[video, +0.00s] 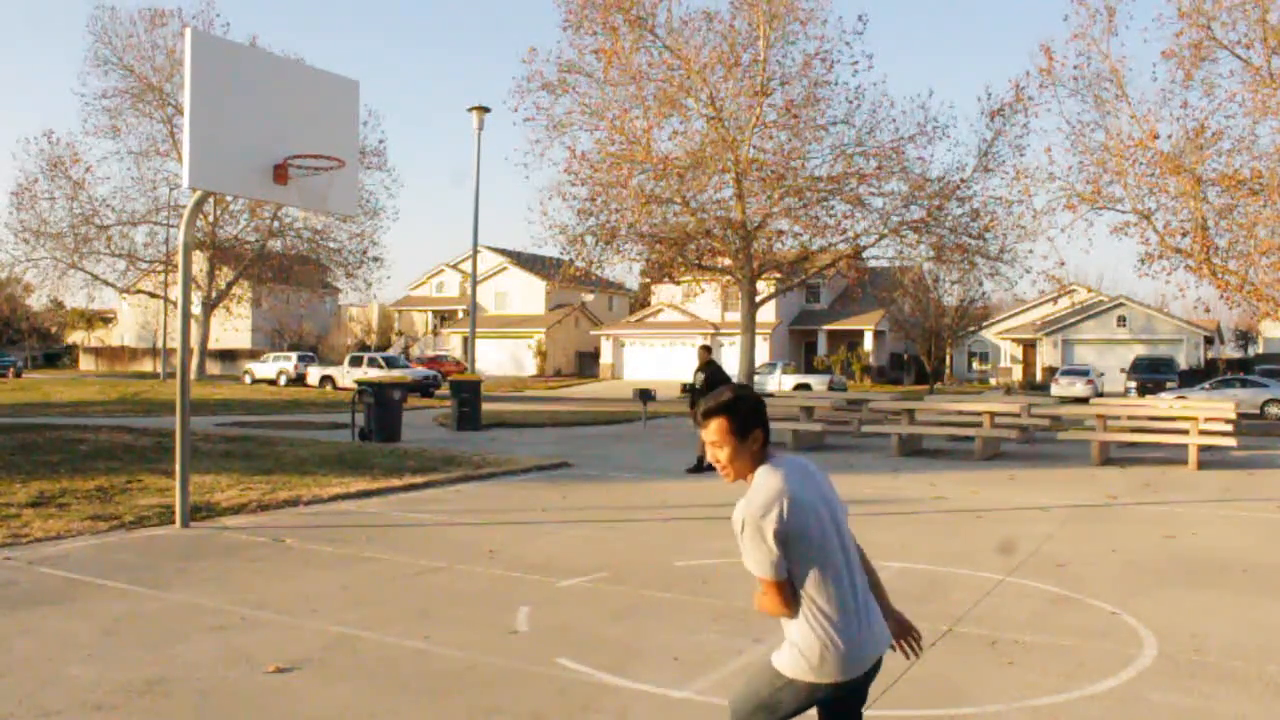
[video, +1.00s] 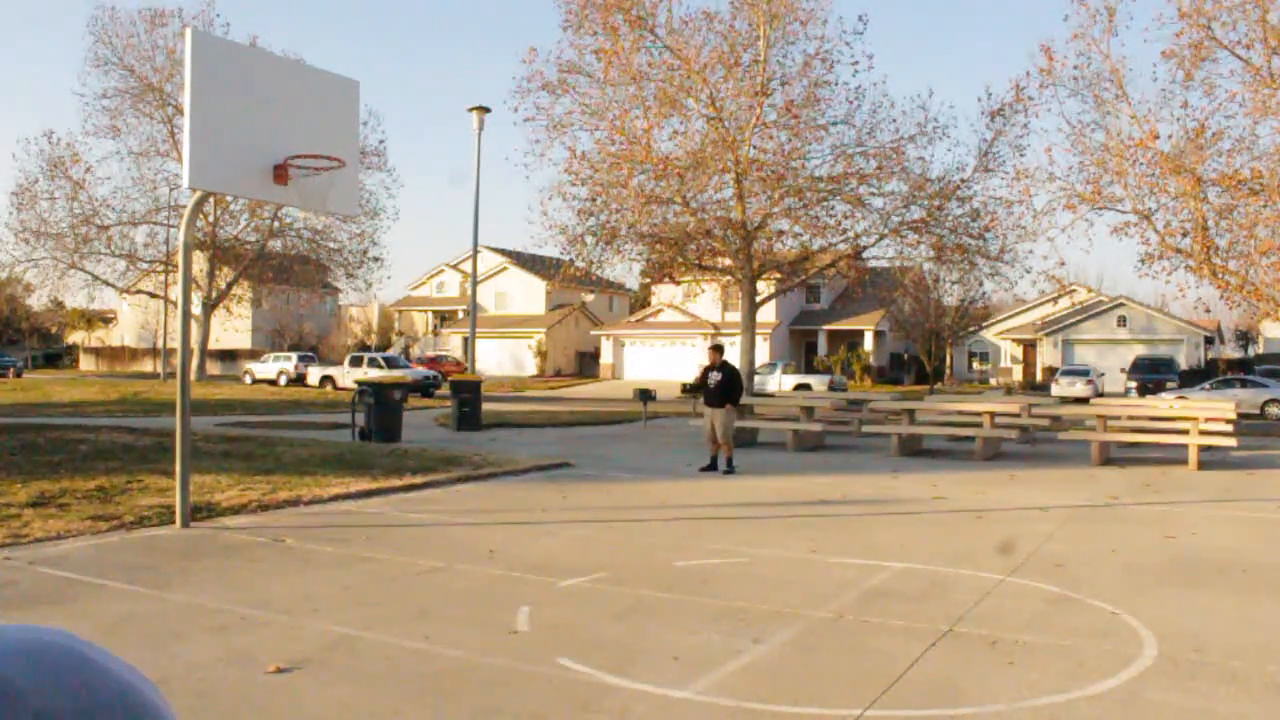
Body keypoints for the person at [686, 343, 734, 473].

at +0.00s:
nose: (699, 356)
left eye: (701, 353)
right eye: (699, 353)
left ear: (706, 354)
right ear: (708, 354)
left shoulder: (702, 370)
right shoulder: (717, 367)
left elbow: (697, 390)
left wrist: (692, 406)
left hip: (707, 407)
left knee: (703, 435)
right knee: (714, 436)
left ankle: (700, 461)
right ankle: (713, 461)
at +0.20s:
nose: (702, 356)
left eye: (704, 353)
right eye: (701, 353)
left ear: (710, 354)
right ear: (700, 354)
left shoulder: (718, 367)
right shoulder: (698, 370)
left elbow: (731, 384)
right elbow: (692, 386)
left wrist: (724, 400)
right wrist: (693, 400)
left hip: (714, 404)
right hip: (700, 404)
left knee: (714, 430)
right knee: (701, 430)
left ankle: (714, 452)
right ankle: (702, 454)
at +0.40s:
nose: (702, 356)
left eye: (705, 354)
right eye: (701, 354)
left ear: (711, 354)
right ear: (701, 355)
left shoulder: (721, 368)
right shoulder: (699, 369)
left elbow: (733, 384)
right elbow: (693, 386)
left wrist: (726, 400)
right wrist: (693, 401)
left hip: (716, 405)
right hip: (703, 405)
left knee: (715, 435)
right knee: (708, 435)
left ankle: (718, 463)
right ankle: (711, 461)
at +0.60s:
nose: (703, 357)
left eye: (705, 354)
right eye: (702, 354)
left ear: (711, 354)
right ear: (702, 355)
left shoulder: (722, 368)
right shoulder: (701, 370)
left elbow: (733, 385)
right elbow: (691, 382)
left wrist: (727, 400)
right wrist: (693, 371)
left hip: (718, 406)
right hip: (705, 406)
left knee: (720, 437)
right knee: (710, 438)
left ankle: (729, 464)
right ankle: (712, 463)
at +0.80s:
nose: (706, 357)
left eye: (707, 354)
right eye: (705, 354)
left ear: (714, 354)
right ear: (707, 354)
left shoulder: (725, 368)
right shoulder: (706, 369)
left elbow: (736, 386)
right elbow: (693, 377)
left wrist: (729, 401)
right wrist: (696, 366)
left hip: (720, 407)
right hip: (707, 407)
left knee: (723, 437)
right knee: (711, 438)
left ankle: (729, 464)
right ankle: (713, 463)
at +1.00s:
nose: (710, 357)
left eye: (712, 354)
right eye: (709, 353)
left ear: (719, 355)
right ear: (711, 355)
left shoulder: (731, 370)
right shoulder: (707, 370)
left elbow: (738, 388)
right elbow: (700, 385)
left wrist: (732, 403)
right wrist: (689, 388)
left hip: (724, 408)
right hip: (709, 407)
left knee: (725, 438)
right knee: (712, 438)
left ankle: (729, 464)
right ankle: (713, 462)